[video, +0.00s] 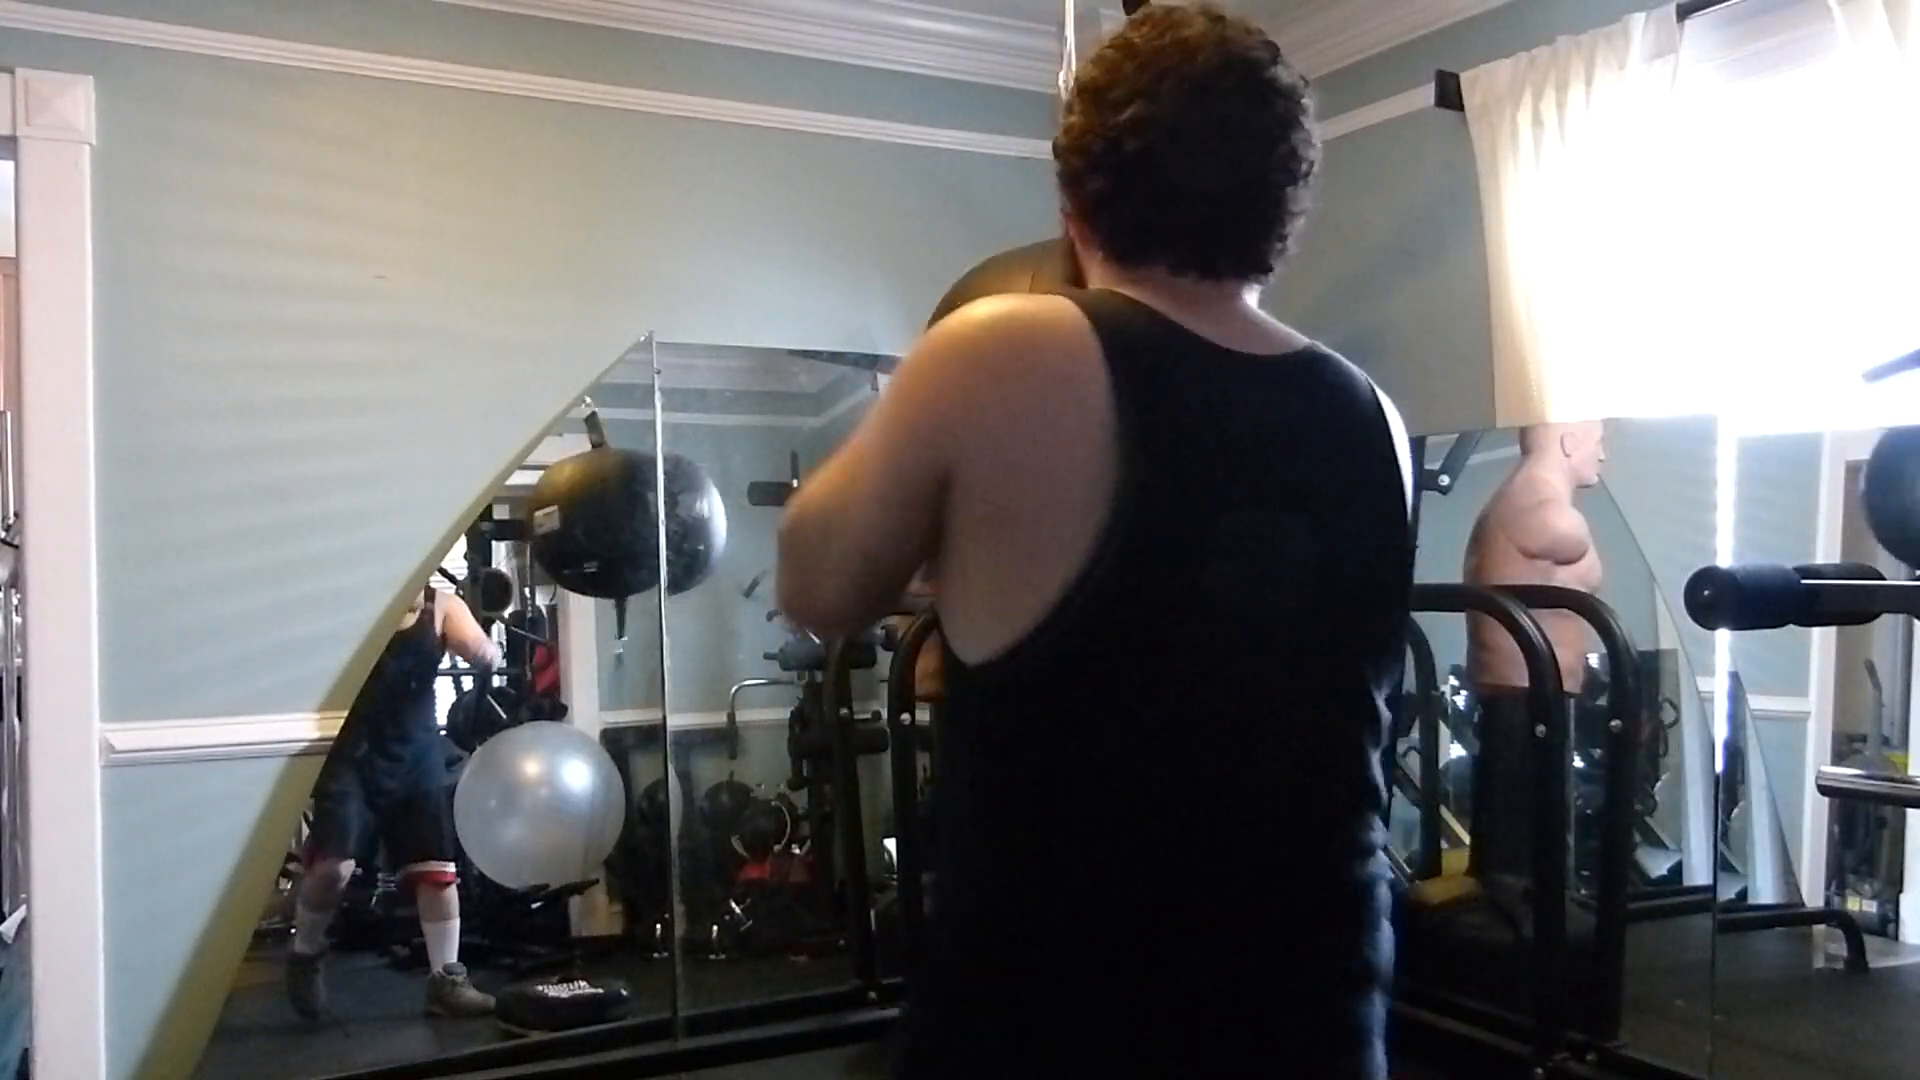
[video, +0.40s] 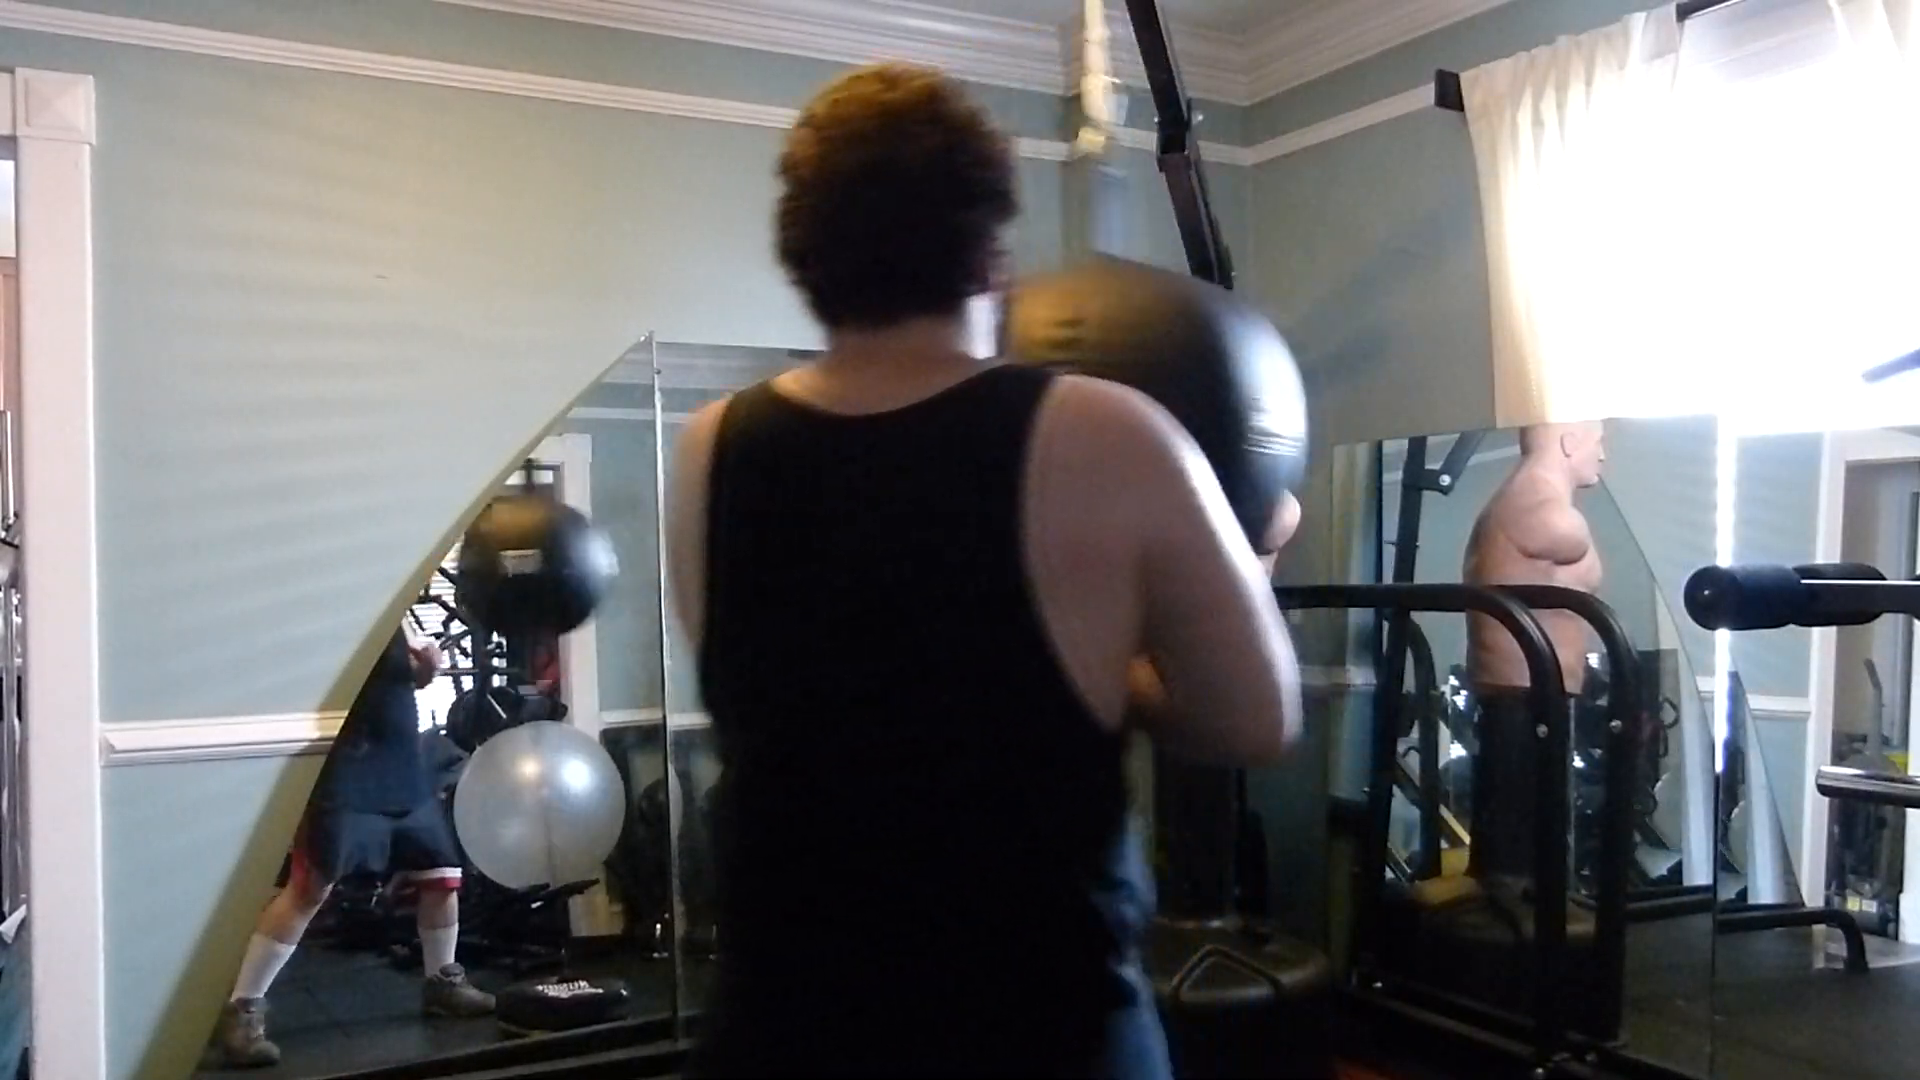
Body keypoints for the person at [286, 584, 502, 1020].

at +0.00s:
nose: (414, 579)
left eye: (419, 568)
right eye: (402, 568)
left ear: (428, 568)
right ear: (382, 569)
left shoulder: (443, 606)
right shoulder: (353, 601)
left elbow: (484, 654)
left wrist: (482, 654)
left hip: (415, 751)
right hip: (347, 752)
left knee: (437, 870)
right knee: (334, 869)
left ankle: (446, 979)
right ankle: (305, 954)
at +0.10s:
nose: (422, 557)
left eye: (427, 548)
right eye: (412, 550)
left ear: (431, 551)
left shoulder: (441, 600)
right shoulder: (358, 597)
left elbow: (467, 667)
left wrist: (462, 690)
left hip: (420, 754)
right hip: (353, 753)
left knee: (440, 868)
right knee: (336, 868)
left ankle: (445, 979)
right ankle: (301, 978)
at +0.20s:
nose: (439, 566)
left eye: (444, 558)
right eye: (432, 556)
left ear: (437, 566)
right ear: (397, 560)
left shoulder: (436, 611)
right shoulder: (361, 605)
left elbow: (455, 682)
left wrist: (459, 682)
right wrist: (464, 540)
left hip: (423, 764)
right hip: (356, 768)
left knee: (444, 873)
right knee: (328, 876)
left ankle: (444, 979)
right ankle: (284, 993)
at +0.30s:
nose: (427, 587)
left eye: (431, 579)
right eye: (424, 577)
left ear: (420, 576)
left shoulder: (415, 625)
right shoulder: (350, 612)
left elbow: (441, 671)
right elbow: (405, 598)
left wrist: (454, 678)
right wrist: (457, 559)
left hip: (417, 764)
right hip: (350, 764)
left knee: (446, 874)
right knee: (321, 878)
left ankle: (444, 982)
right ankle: (260, 998)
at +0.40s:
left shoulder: (387, 604)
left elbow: (393, 667)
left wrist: (419, 668)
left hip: (403, 761)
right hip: (340, 763)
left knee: (441, 875)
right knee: (311, 885)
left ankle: (443, 981)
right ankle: (243, 1009)